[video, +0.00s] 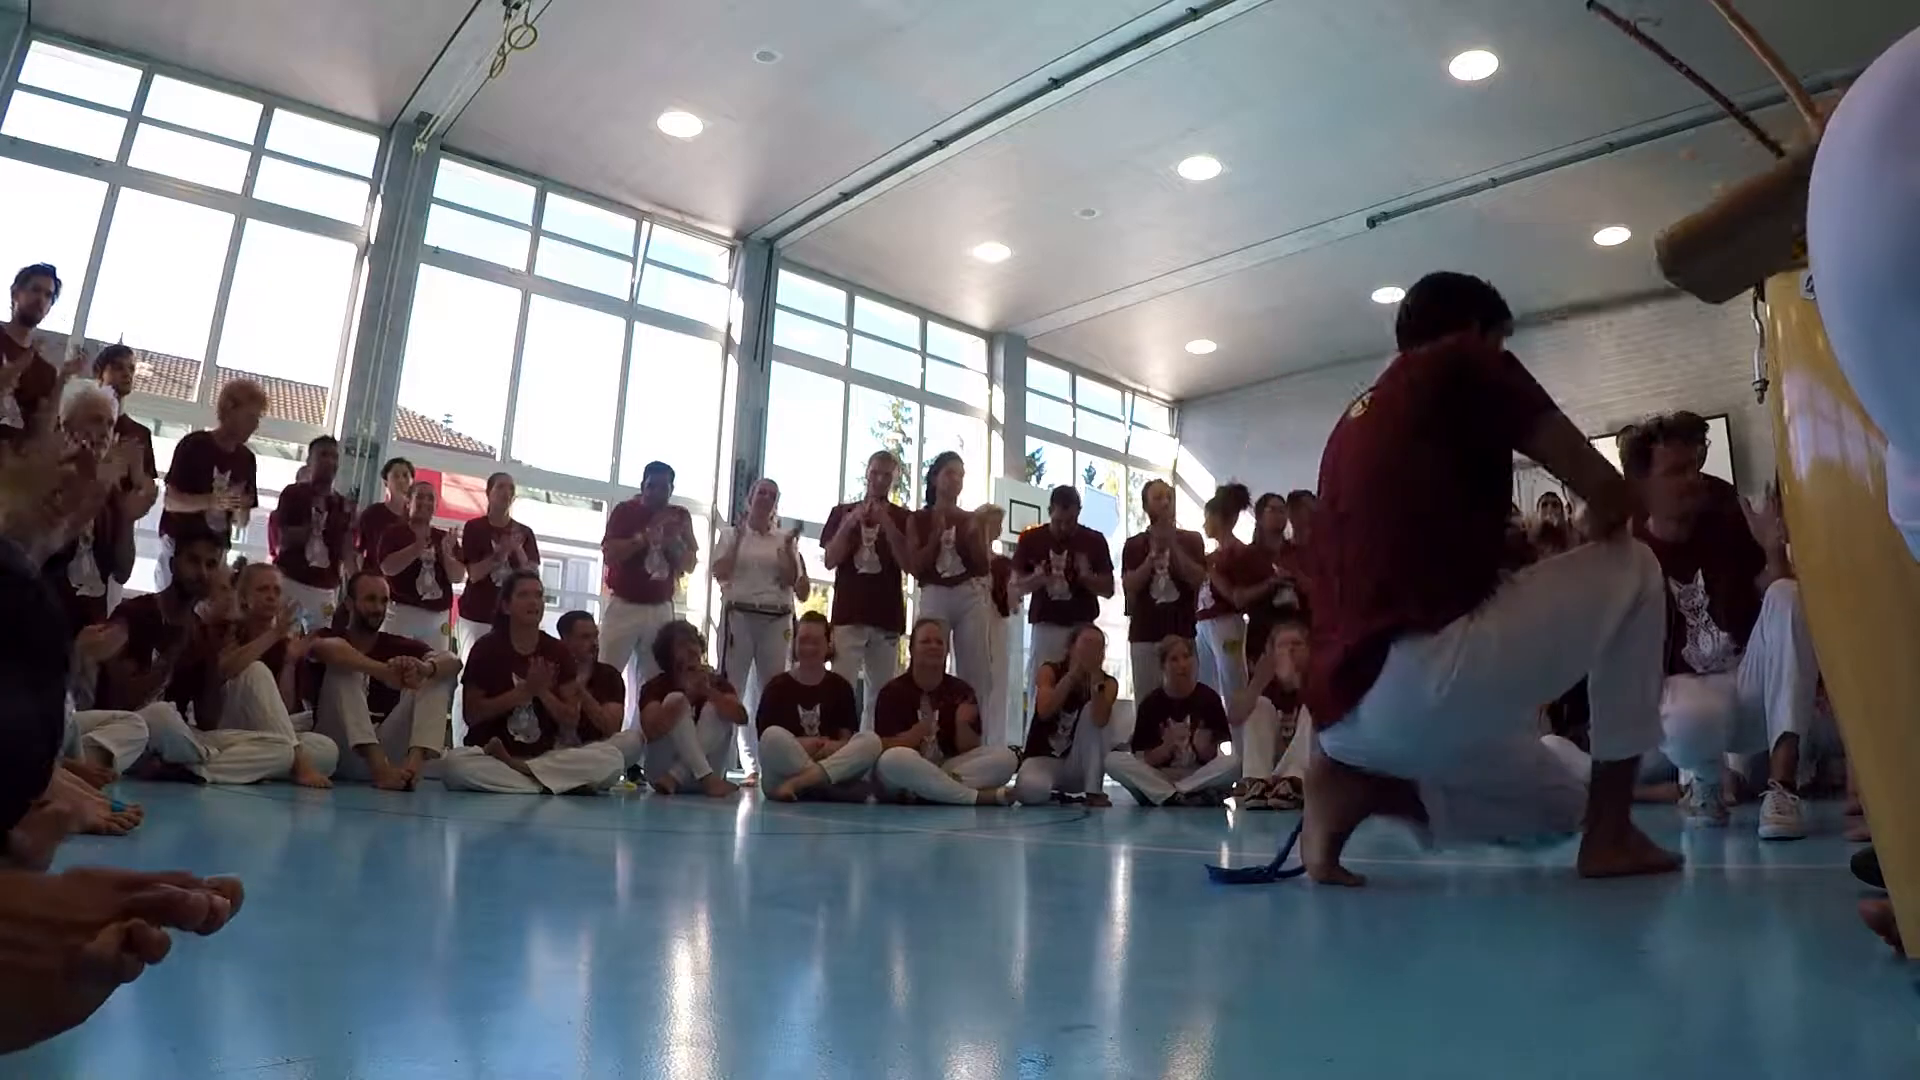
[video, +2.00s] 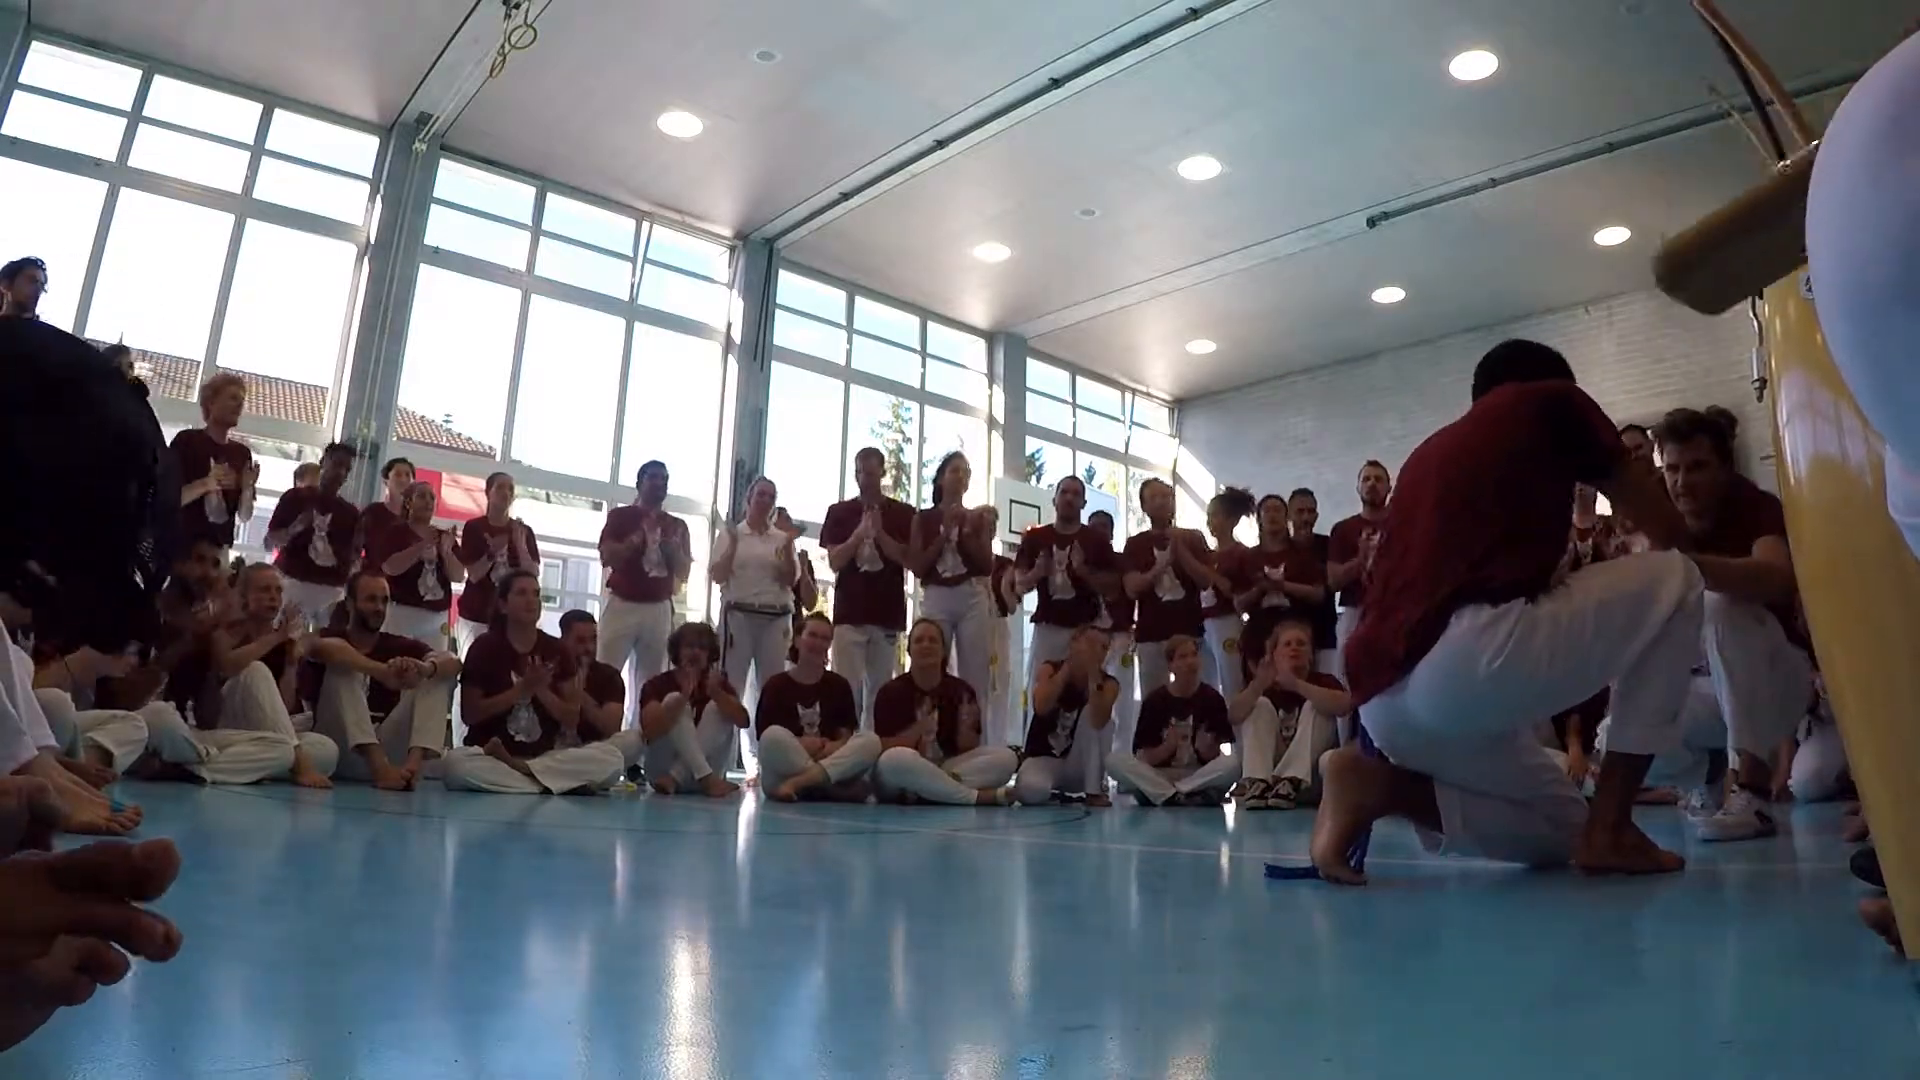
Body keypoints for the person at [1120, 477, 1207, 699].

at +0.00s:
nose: (1165, 502)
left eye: (1169, 497)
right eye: (1158, 497)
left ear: (1174, 502)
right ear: (1146, 506)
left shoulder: (1192, 540)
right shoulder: (1134, 544)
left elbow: (1197, 579)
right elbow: (1130, 586)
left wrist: (1174, 545)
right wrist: (1150, 558)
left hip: (1183, 630)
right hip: (1145, 631)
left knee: (1184, 697)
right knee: (1146, 700)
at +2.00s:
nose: (1165, 501)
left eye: (1168, 496)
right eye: (1156, 497)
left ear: (1174, 501)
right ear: (1144, 507)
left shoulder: (1193, 538)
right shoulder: (1136, 543)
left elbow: (1206, 581)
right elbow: (1132, 588)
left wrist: (1181, 551)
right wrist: (1160, 566)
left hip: (1190, 632)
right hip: (1151, 635)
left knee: (1193, 703)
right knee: (1154, 706)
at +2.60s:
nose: (1177, 498)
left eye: (1180, 493)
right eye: (1169, 492)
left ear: (1184, 499)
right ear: (1155, 502)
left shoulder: (1203, 538)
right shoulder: (1142, 541)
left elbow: (1210, 581)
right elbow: (1139, 588)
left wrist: (1187, 548)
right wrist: (1164, 559)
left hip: (1195, 630)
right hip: (1155, 633)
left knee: (1201, 704)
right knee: (1157, 708)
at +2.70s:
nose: (1174, 497)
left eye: (1177, 492)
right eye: (1166, 493)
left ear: (1183, 498)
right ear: (1153, 502)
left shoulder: (1200, 537)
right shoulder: (1140, 541)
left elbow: (1209, 579)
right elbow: (1136, 586)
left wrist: (1188, 547)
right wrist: (1159, 555)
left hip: (1193, 631)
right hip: (1153, 633)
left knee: (1197, 702)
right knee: (1154, 705)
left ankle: (1199, 767)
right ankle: (1148, 770)